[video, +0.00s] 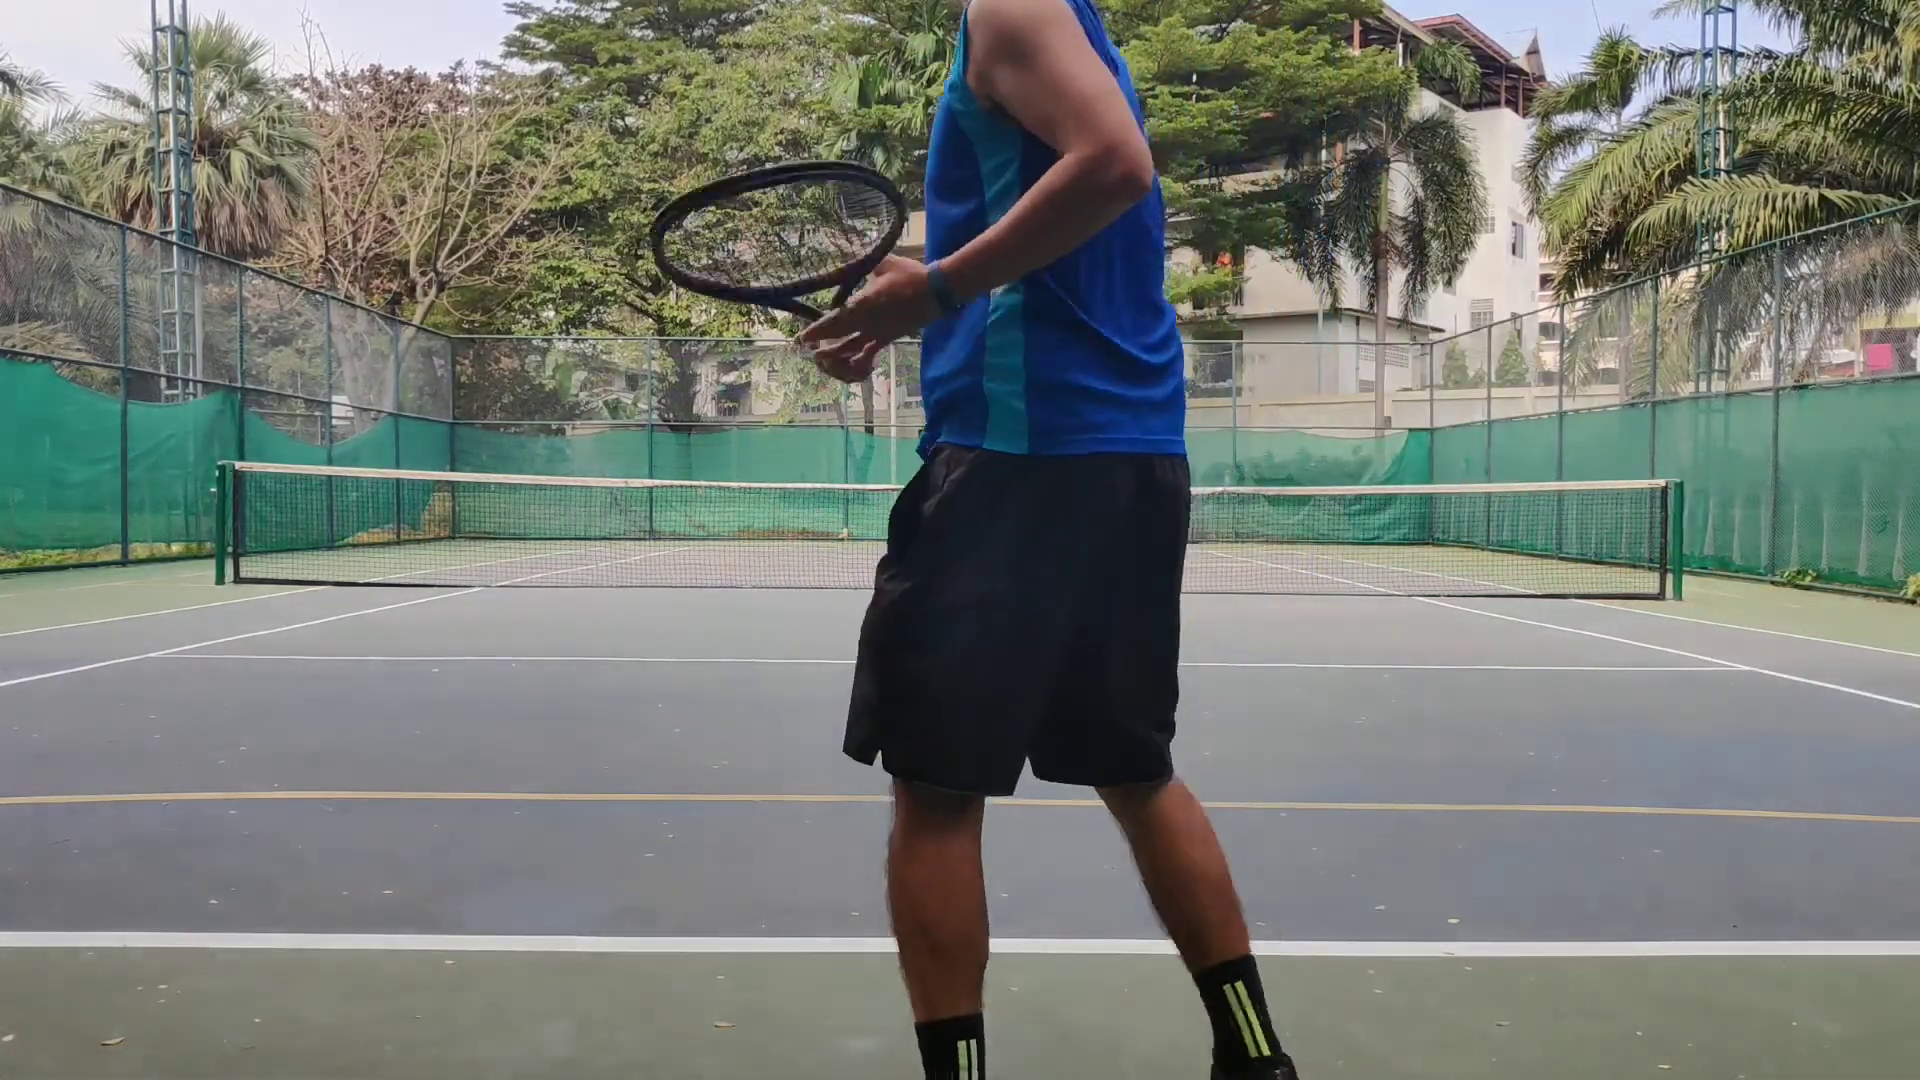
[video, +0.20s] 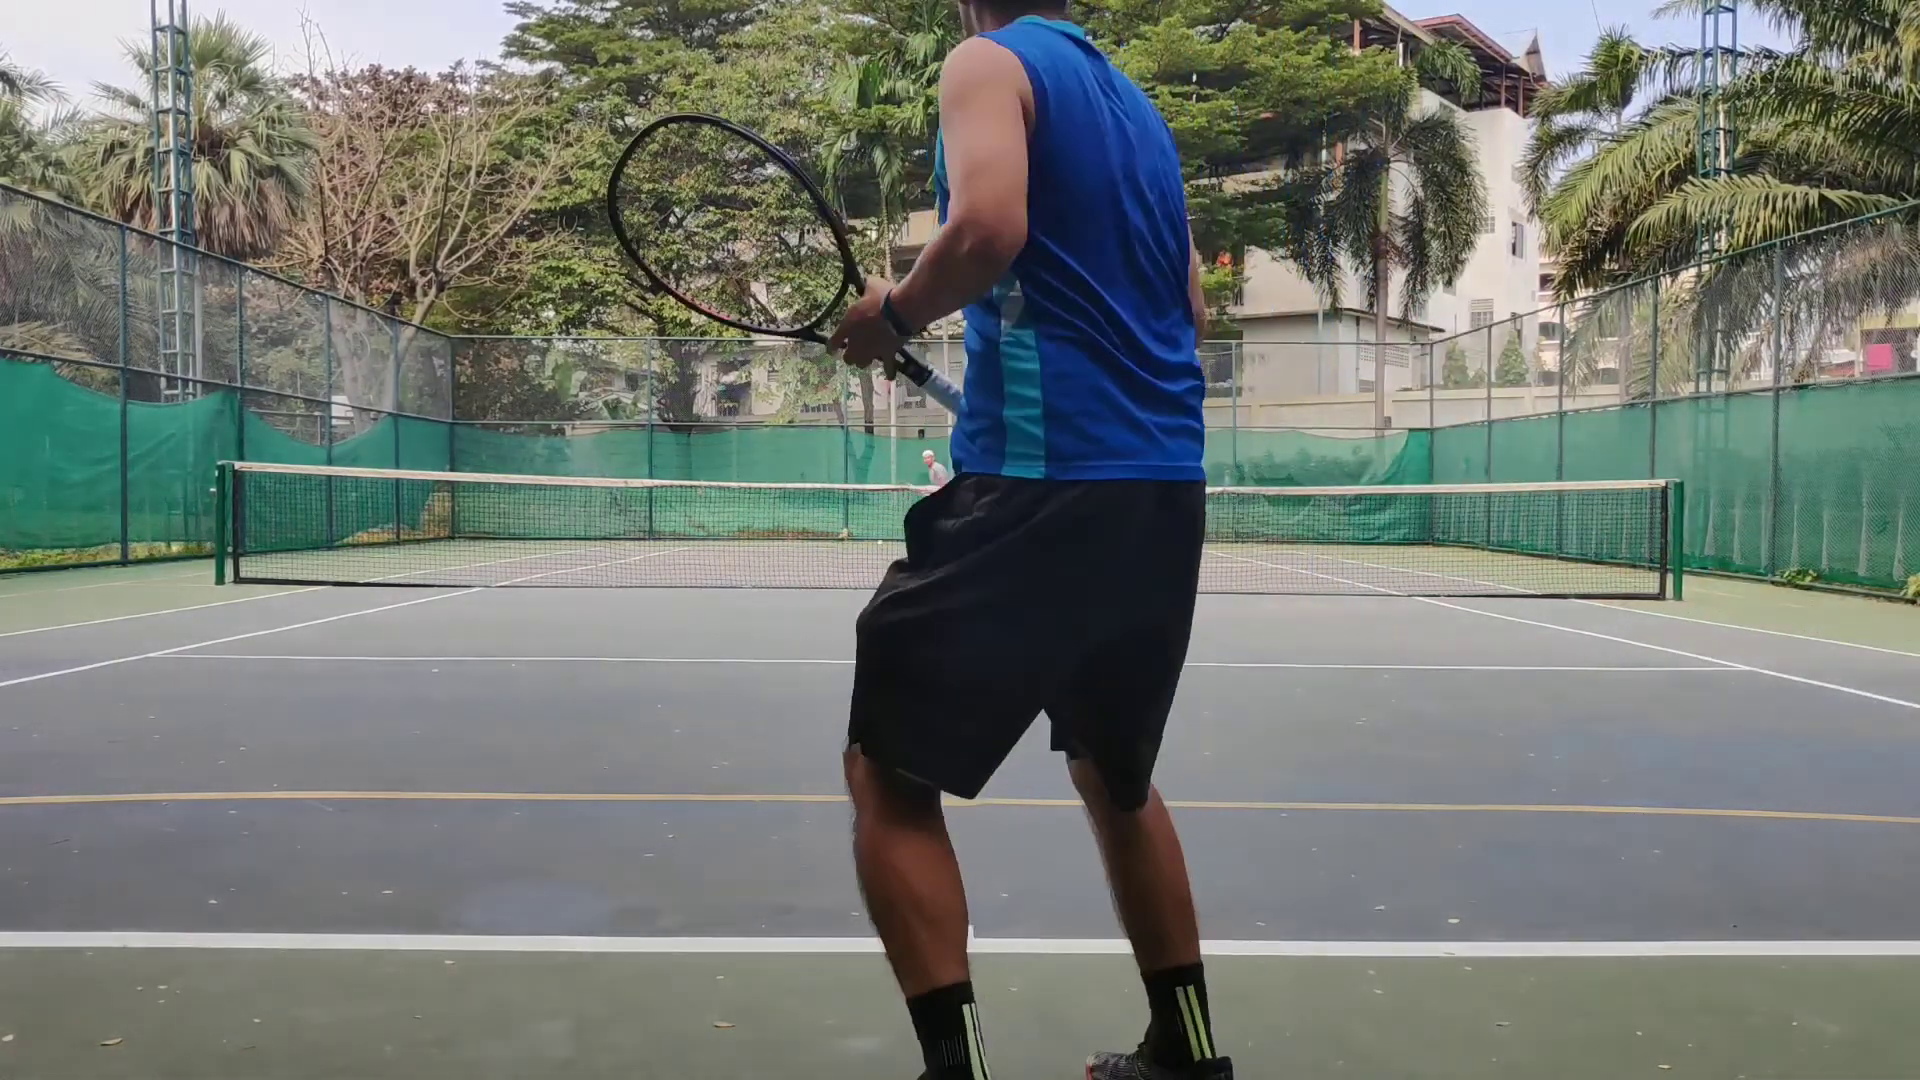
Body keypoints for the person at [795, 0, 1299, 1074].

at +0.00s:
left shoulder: (1009, 16)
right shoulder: (1084, 40)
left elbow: (1114, 158)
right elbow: (1063, 266)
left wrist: (938, 281)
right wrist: (916, 291)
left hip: (1011, 469)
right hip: (1136, 469)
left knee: (936, 792)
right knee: (1133, 762)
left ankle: (954, 1076)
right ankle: (1254, 1052)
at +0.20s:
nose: (957, 21)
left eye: (956, 13)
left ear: (968, 3)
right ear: (1064, 1)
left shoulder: (987, 62)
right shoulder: (1140, 106)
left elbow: (990, 228)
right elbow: (1184, 306)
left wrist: (895, 314)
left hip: (1030, 489)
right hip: (1162, 496)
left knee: (890, 774)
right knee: (1116, 768)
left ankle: (952, 1065)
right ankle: (1187, 1045)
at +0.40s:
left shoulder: (932, 27)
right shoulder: (1159, 64)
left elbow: (881, 199)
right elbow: (1239, 235)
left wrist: (920, 273)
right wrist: (1143, 312)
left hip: (987, 430)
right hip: (1144, 443)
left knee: (865, 713)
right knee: (1144, 730)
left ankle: (842, 1026)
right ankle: (1195, 1022)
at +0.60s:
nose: (936, 25)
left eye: (934, 17)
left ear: (941, 15)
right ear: (1053, 17)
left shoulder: (884, 112)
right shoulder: (1134, 133)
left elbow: (826, 297)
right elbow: (1201, 311)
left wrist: (919, 341)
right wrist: (1111, 403)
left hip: (932, 532)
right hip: (1099, 536)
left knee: (783, 778)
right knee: (1146, 781)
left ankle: (657, 1052)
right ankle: (1251, 1050)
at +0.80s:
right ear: (989, 0)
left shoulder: (801, 62)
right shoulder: (1065, 90)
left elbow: (716, 216)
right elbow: (1109, 273)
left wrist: (812, 268)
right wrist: (1017, 348)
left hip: (827, 472)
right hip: (1001, 486)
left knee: (729, 740)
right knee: (1101, 742)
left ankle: (637, 1040)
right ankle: (1208, 1023)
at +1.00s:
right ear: (942, 2)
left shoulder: (748, 78)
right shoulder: (1017, 98)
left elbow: (657, 238)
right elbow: (1061, 299)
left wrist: (751, 288)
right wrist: (961, 375)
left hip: (762, 491)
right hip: (943, 500)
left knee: (644, 775)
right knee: (1055, 780)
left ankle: (510, 1050)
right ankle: (1137, 1062)